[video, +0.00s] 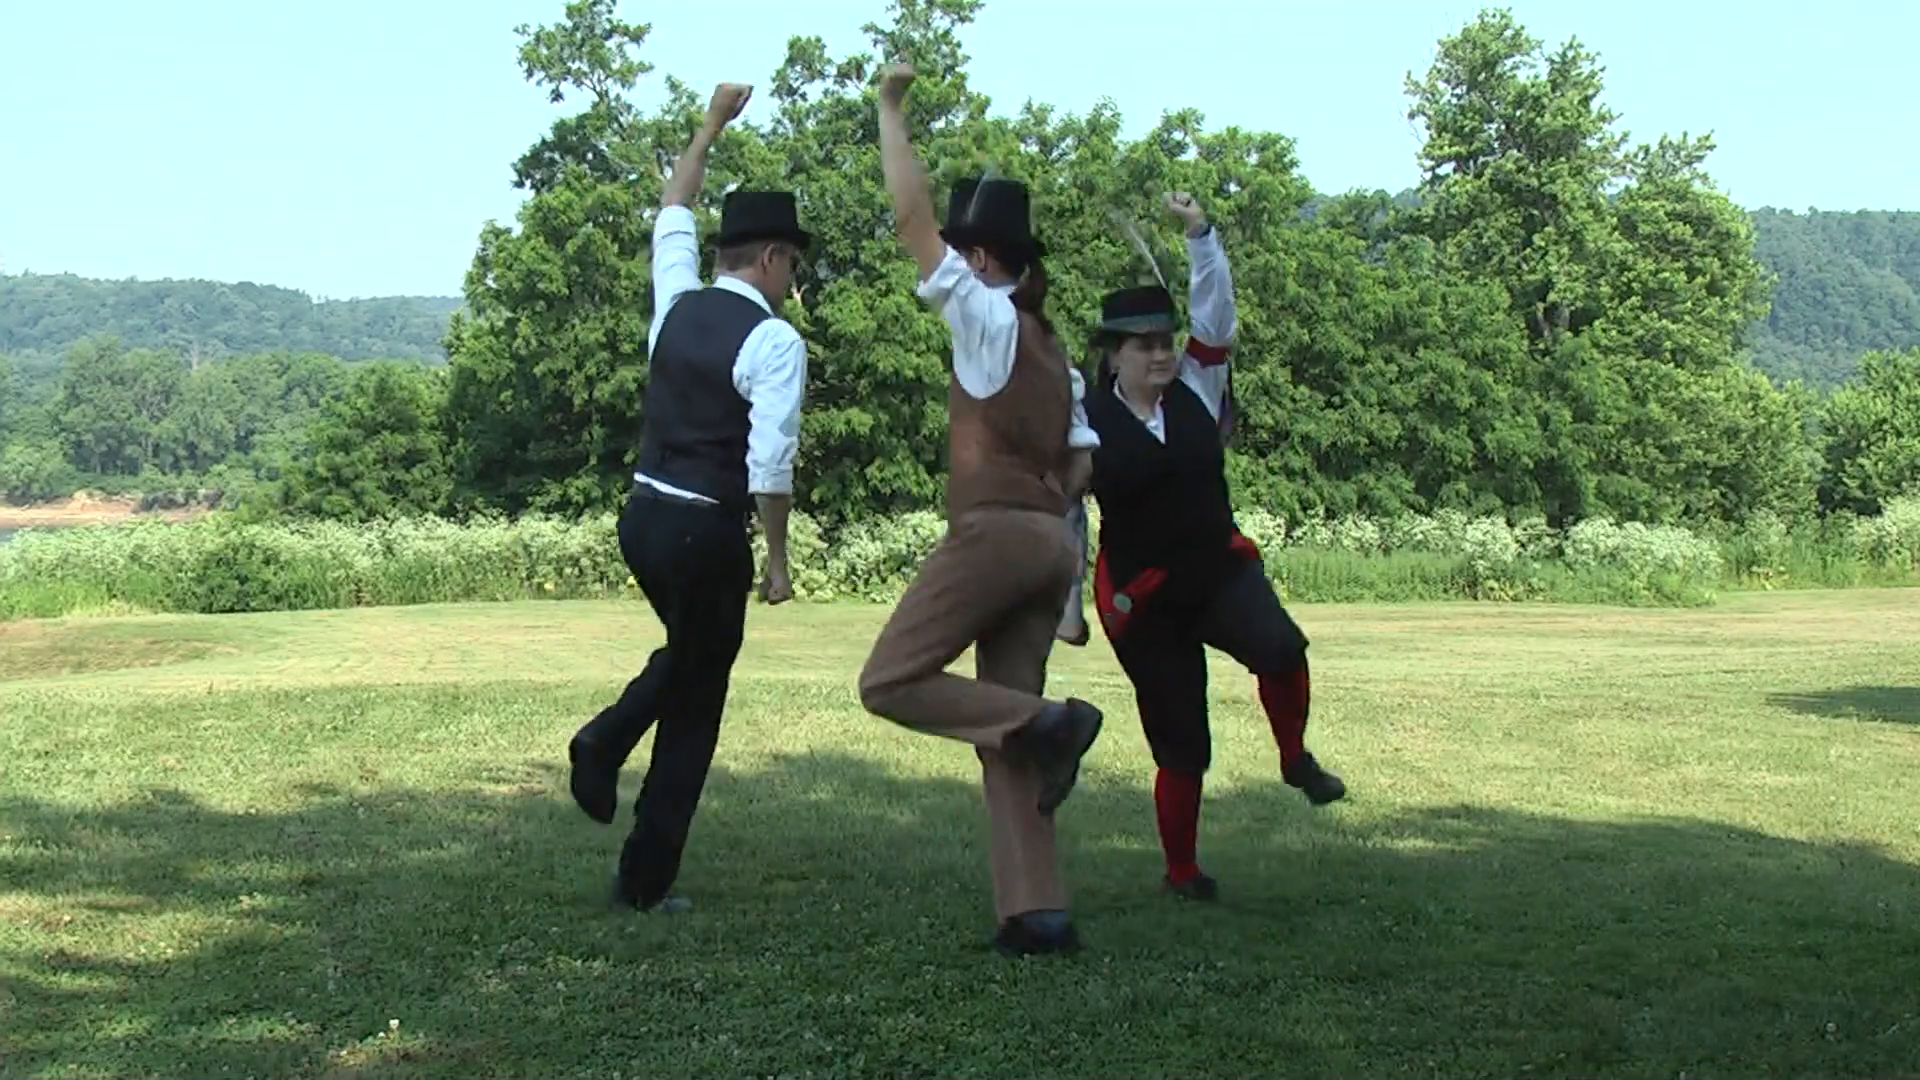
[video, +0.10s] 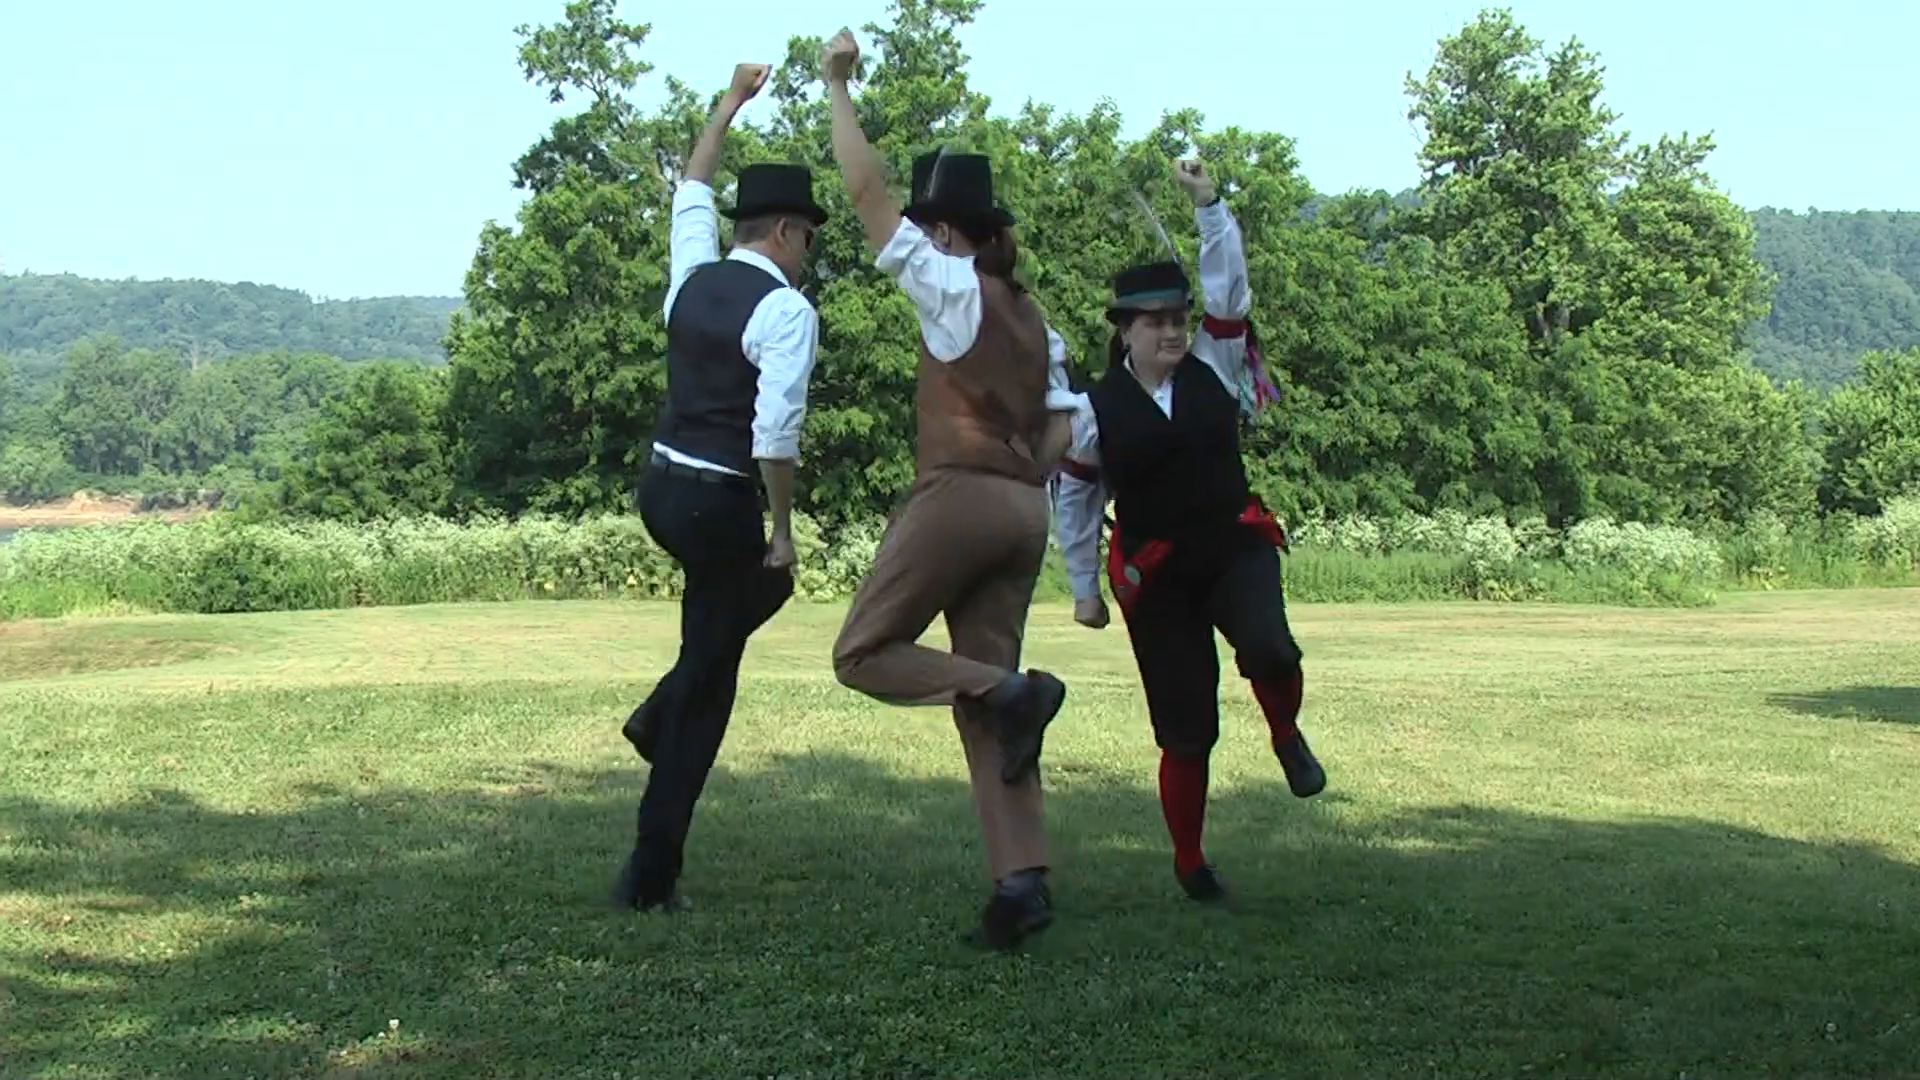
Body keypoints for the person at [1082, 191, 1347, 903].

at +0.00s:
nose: (1158, 354)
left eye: (1164, 343)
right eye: (1144, 344)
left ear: (1174, 348)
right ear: (1113, 351)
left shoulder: (1198, 388)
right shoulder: (1086, 418)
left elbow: (1214, 320)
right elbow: (1066, 509)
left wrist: (1202, 235)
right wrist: (1067, 602)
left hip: (1221, 571)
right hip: (1144, 592)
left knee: (1285, 653)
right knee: (1183, 746)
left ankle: (1292, 757)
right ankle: (1182, 871)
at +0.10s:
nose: (1169, 332)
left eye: (1175, 321)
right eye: (1154, 322)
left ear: (1188, 326)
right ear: (1123, 330)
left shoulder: (1216, 368)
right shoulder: (1098, 411)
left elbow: (1229, 292)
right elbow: (1074, 500)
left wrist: (1208, 205)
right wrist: (1084, 586)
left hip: (1238, 549)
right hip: (1157, 570)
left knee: (1271, 654)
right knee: (1186, 728)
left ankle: (1286, 738)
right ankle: (1191, 865)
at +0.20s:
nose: (1180, 342)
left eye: (1188, 330)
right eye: (1166, 331)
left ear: (1200, 336)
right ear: (1136, 338)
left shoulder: (1230, 383)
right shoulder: (1107, 422)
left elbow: (1254, 311)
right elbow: (1098, 519)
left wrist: (1227, 222)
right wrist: (1103, 602)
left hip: (1252, 571)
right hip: (1171, 588)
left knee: (1252, 690)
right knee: (1195, 739)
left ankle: (1282, 772)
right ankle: (1214, 885)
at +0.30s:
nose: (1198, 376)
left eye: (1207, 366)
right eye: (1182, 366)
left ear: (1217, 374)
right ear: (1149, 377)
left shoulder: (1243, 423)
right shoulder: (1119, 470)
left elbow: (1324, 381)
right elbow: (1117, 564)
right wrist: (1096, 618)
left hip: (1263, 618)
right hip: (1180, 634)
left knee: (1240, 733)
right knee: (1205, 771)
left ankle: (1284, 818)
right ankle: (1234, 899)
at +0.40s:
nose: (1215, 386)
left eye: (1222, 375)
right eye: (1199, 376)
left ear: (1232, 386)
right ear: (1163, 391)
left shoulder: (1262, 439)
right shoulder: (1134, 476)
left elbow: (1345, 427)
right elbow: (1084, 551)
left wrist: (1366, 374)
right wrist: (1053, 522)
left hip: (1273, 625)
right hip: (1187, 641)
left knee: (1239, 717)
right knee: (1201, 786)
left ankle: (1276, 846)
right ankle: (1233, 901)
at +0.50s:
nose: (1237, 362)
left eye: (1245, 350)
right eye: (1221, 352)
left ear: (1256, 359)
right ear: (1187, 366)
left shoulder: (1284, 415)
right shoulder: (1148, 432)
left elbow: (1366, 417)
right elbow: (1051, 430)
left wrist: (1445, 420)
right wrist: (1057, 360)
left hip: (1280, 606)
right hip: (1194, 617)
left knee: (1259, 694)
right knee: (1213, 760)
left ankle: (1268, 852)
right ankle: (1231, 890)